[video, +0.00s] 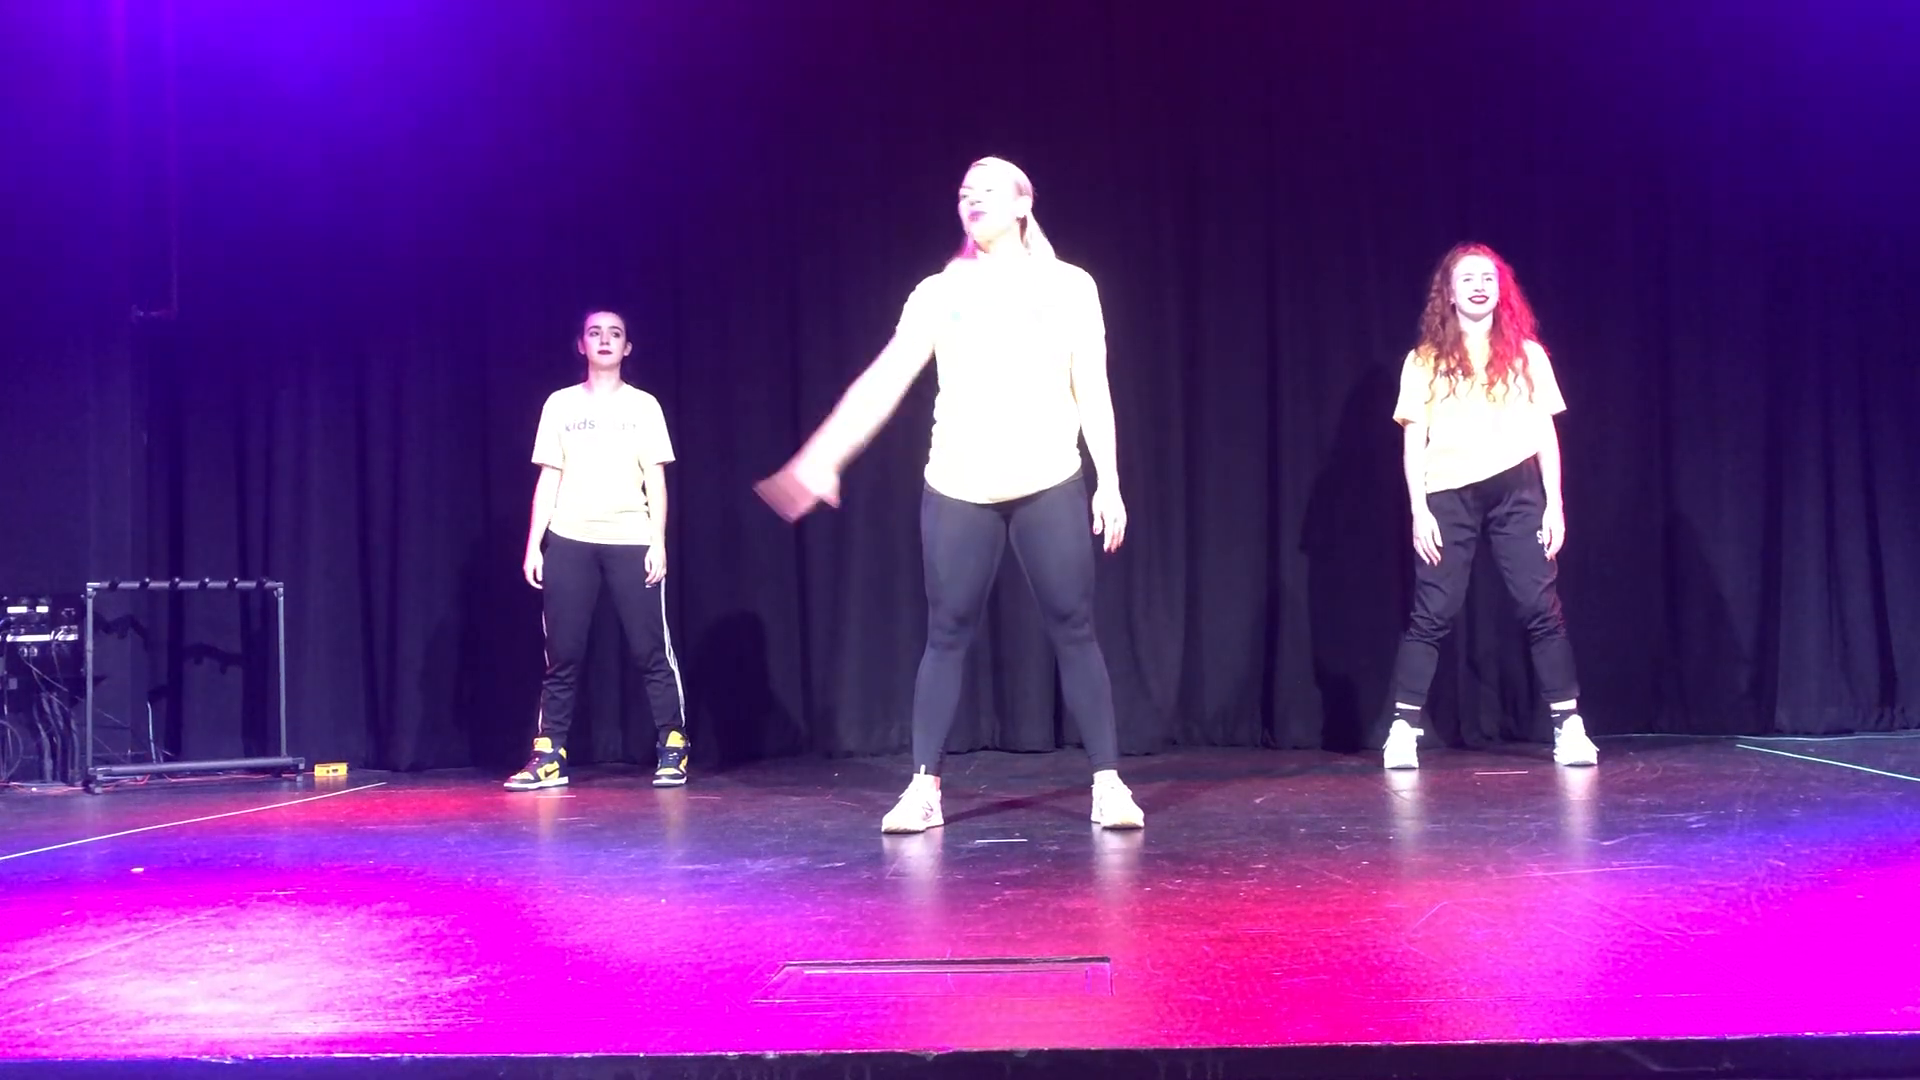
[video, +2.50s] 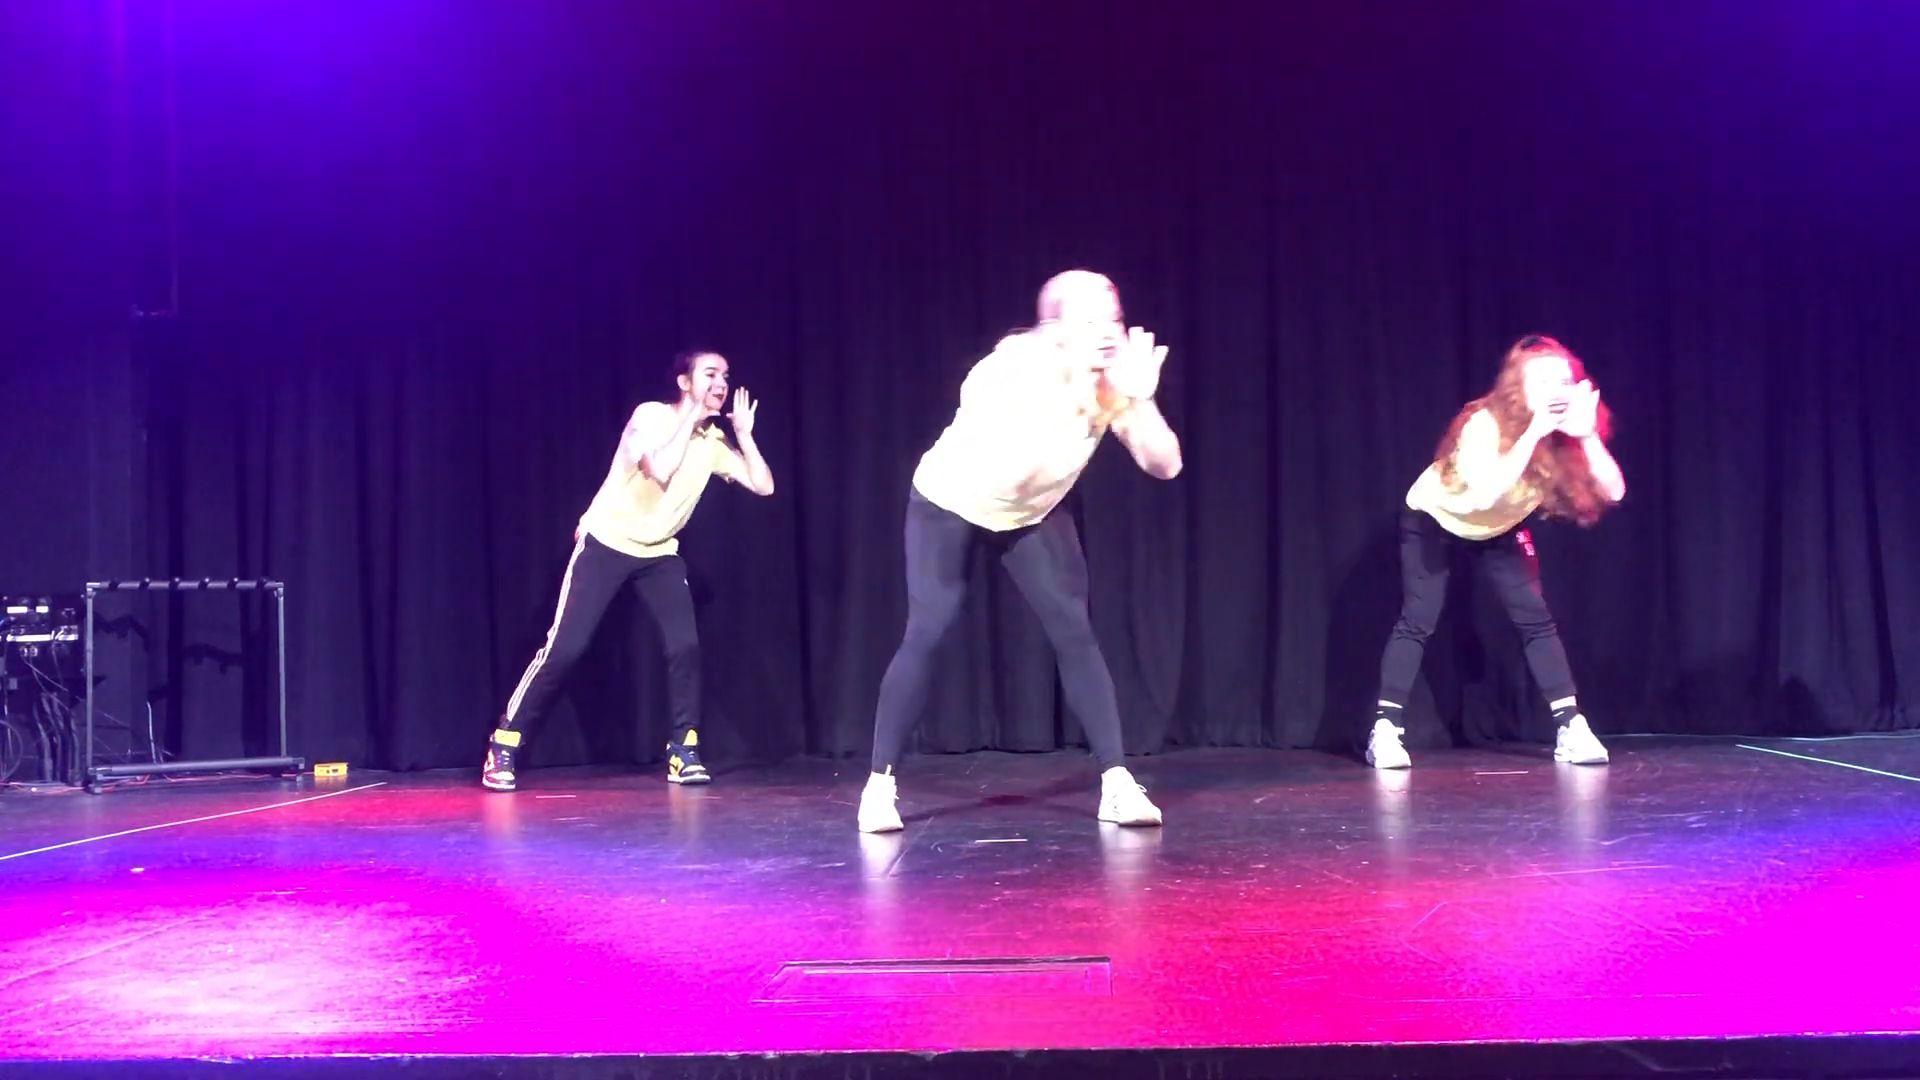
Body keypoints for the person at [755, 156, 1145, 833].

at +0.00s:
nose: (971, 200)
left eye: (986, 188)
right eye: (965, 192)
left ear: (1024, 200)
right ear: (959, 210)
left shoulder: (1071, 287)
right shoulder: (939, 292)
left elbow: (1093, 391)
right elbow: (882, 382)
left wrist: (1108, 482)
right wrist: (820, 457)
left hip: (1049, 477)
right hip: (961, 482)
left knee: (1074, 623)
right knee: (947, 627)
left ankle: (1106, 779)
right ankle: (924, 784)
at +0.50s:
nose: (870, 274)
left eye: (884, 261)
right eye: (872, 264)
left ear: (928, 273)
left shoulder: (973, 346)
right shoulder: (902, 358)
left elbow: (1011, 447)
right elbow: (826, 406)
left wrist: (1034, 539)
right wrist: (852, 332)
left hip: (1007, 518)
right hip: (946, 526)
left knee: (1024, 659)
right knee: (892, 638)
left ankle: (1141, 768)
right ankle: (915, 792)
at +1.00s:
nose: (860, 268)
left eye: (873, 254)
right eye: (862, 257)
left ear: (915, 260)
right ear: (884, 268)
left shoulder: (984, 321)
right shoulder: (884, 355)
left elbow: (1045, 403)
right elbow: (815, 415)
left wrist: (1048, 484)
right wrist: (846, 330)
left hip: (1024, 502)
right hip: (948, 514)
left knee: (1062, 636)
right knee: (903, 633)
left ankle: (1142, 771)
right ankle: (916, 790)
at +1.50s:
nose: (1088, 221)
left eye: (1085, 210)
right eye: (1074, 208)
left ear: (1072, 227)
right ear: (1032, 220)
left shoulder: (1085, 311)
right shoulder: (986, 288)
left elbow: (1145, 383)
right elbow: (1011, 344)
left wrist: (1182, 312)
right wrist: (1025, 249)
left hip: (1049, 494)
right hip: (965, 491)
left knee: (1098, 622)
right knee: (930, 634)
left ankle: (1119, 781)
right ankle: (912, 787)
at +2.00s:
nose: (1165, 272)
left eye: (1167, 262)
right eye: (1152, 260)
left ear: (1163, 271)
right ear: (1108, 262)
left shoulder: (1129, 331)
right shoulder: (1081, 304)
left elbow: (1169, 425)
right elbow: (1121, 391)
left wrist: (1178, 343)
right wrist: (1158, 323)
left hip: (1047, 505)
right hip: (974, 492)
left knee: (1094, 626)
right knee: (954, 645)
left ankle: (1116, 781)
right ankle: (882, 778)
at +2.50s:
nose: (1107, 333)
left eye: (1113, 322)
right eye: (1094, 322)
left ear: (1120, 324)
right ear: (1056, 325)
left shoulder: (1112, 379)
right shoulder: (1014, 366)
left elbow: (1166, 465)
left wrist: (1137, 397)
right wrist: (1073, 386)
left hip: (1034, 512)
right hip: (949, 504)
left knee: (1074, 632)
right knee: (930, 628)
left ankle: (1117, 780)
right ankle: (880, 779)